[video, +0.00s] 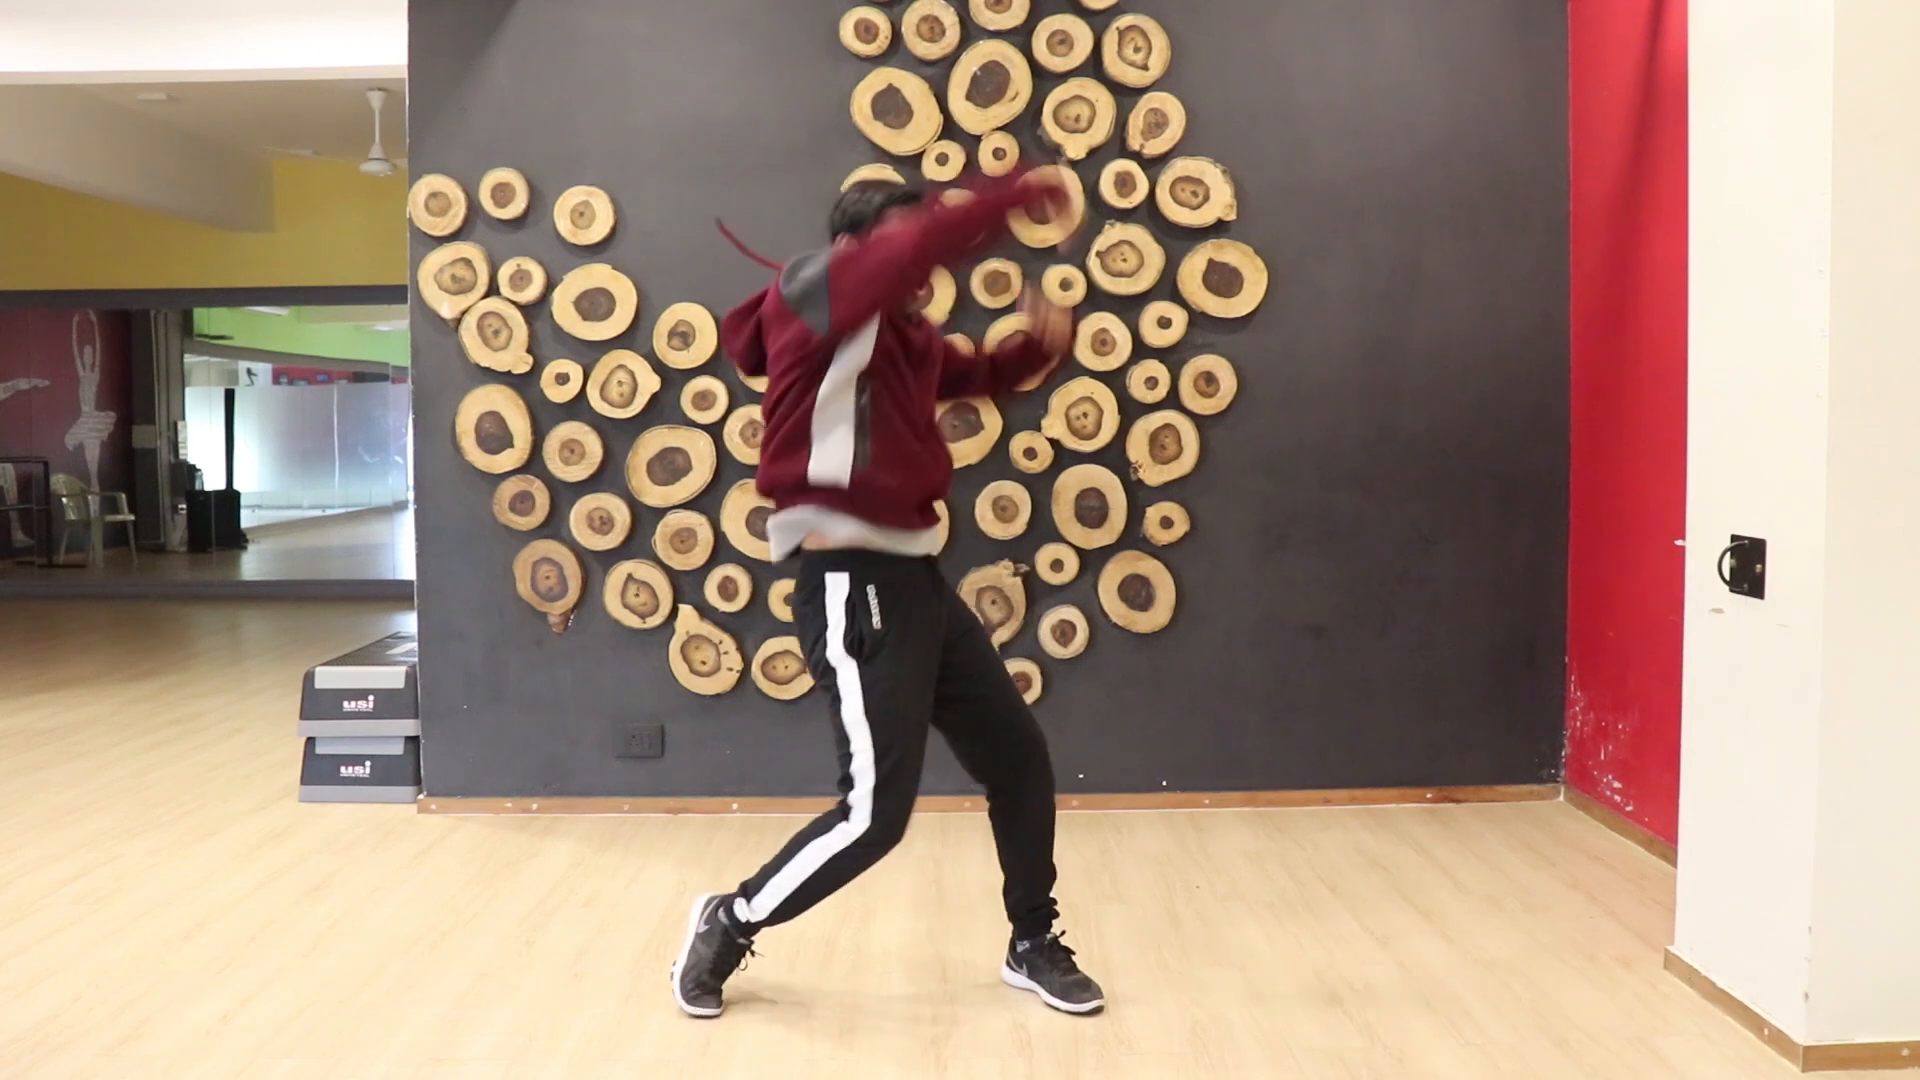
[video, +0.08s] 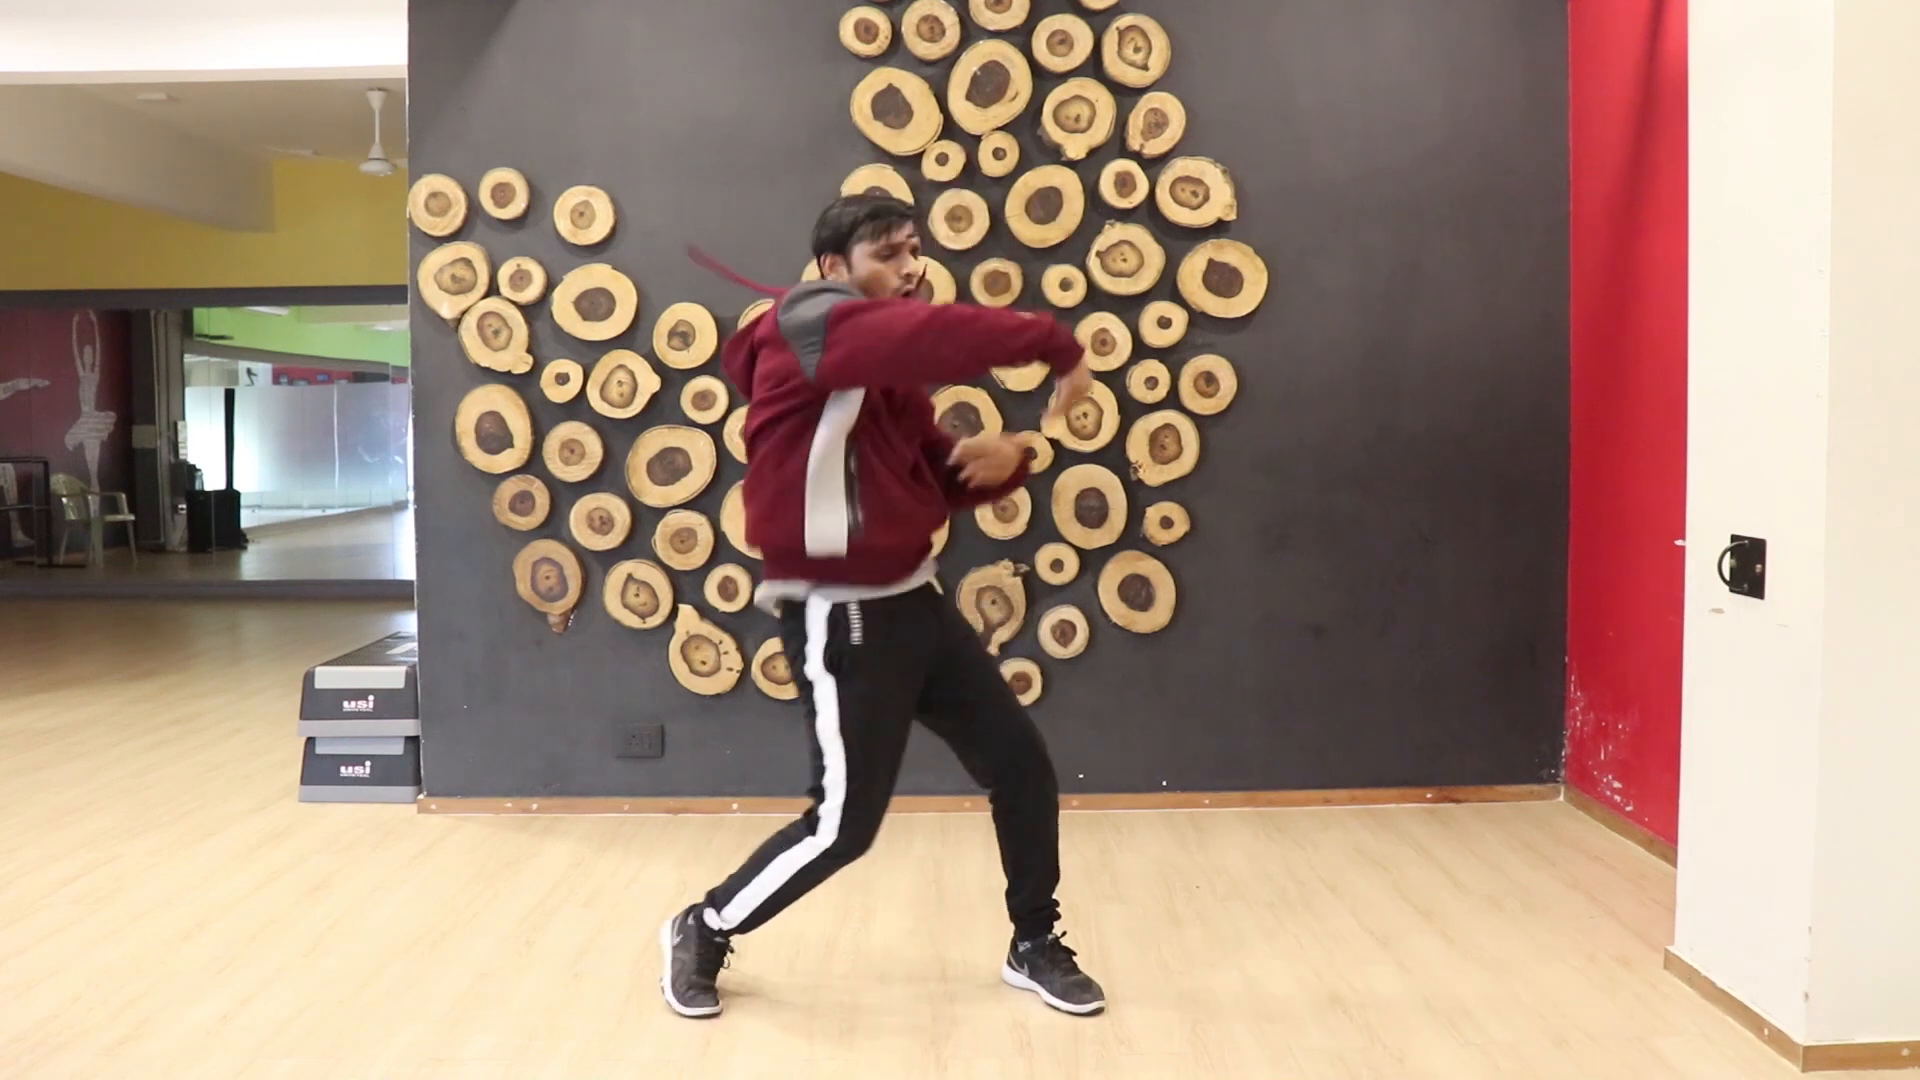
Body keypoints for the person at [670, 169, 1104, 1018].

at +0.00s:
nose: (930, 266)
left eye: (931, 248)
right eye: (915, 246)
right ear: (866, 242)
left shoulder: (903, 338)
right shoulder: (813, 294)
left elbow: (977, 373)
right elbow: (915, 236)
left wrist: (1038, 344)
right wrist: (1011, 195)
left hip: (918, 581)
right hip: (852, 583)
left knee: (1019, 761)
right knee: (873, 814)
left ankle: (1033, 944)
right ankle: (728, 923)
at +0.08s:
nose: (910, 267)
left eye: (915, 251)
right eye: (887, 253)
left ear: (921, 257)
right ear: (836, 263)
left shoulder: (887, 343)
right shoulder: (809, 324)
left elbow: (924, 469)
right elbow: (929, 333)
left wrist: (999, 468)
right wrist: (1054, 344)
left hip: (913, 598)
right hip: (837, 607)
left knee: (1023, 772)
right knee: (843, 823)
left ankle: (1036, 943)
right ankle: (702, 930)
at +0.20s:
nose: (896, 248)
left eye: (904, 233)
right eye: (875, 233)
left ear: (910, 241)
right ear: (822, 242)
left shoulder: (892, 319)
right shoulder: (793, 299)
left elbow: (926, 396)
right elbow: (926, 331)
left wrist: (977, 435)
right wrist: (1068, 348)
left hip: (858, 594)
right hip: (765, 594)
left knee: (956, 768)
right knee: (773, 802)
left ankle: (998, 937)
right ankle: (688, 936)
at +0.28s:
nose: (884, 262)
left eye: (893, 245)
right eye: (862, 246)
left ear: (902, 248)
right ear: (811, 251)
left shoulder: (906, 307)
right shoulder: (787, 316)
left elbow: (995, 358)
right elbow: (904, 397)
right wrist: (1010, 322)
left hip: (834, 582)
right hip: (732, 585)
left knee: (912, 742)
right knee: (712, 769)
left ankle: (896, 918)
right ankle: (668, 932)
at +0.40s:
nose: (852, 341)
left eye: (864, 319)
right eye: (829, 324)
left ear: (876, 310)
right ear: (776, 324)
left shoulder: (903, 346)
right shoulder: (760, 432)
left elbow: (1021, 317)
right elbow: (766, 570)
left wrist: (1143, 272)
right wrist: (847, 580)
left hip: (816, 629)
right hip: (709, 620)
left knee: (873, 785)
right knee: (608, 768)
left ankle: (868, 952)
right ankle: (518, 910)